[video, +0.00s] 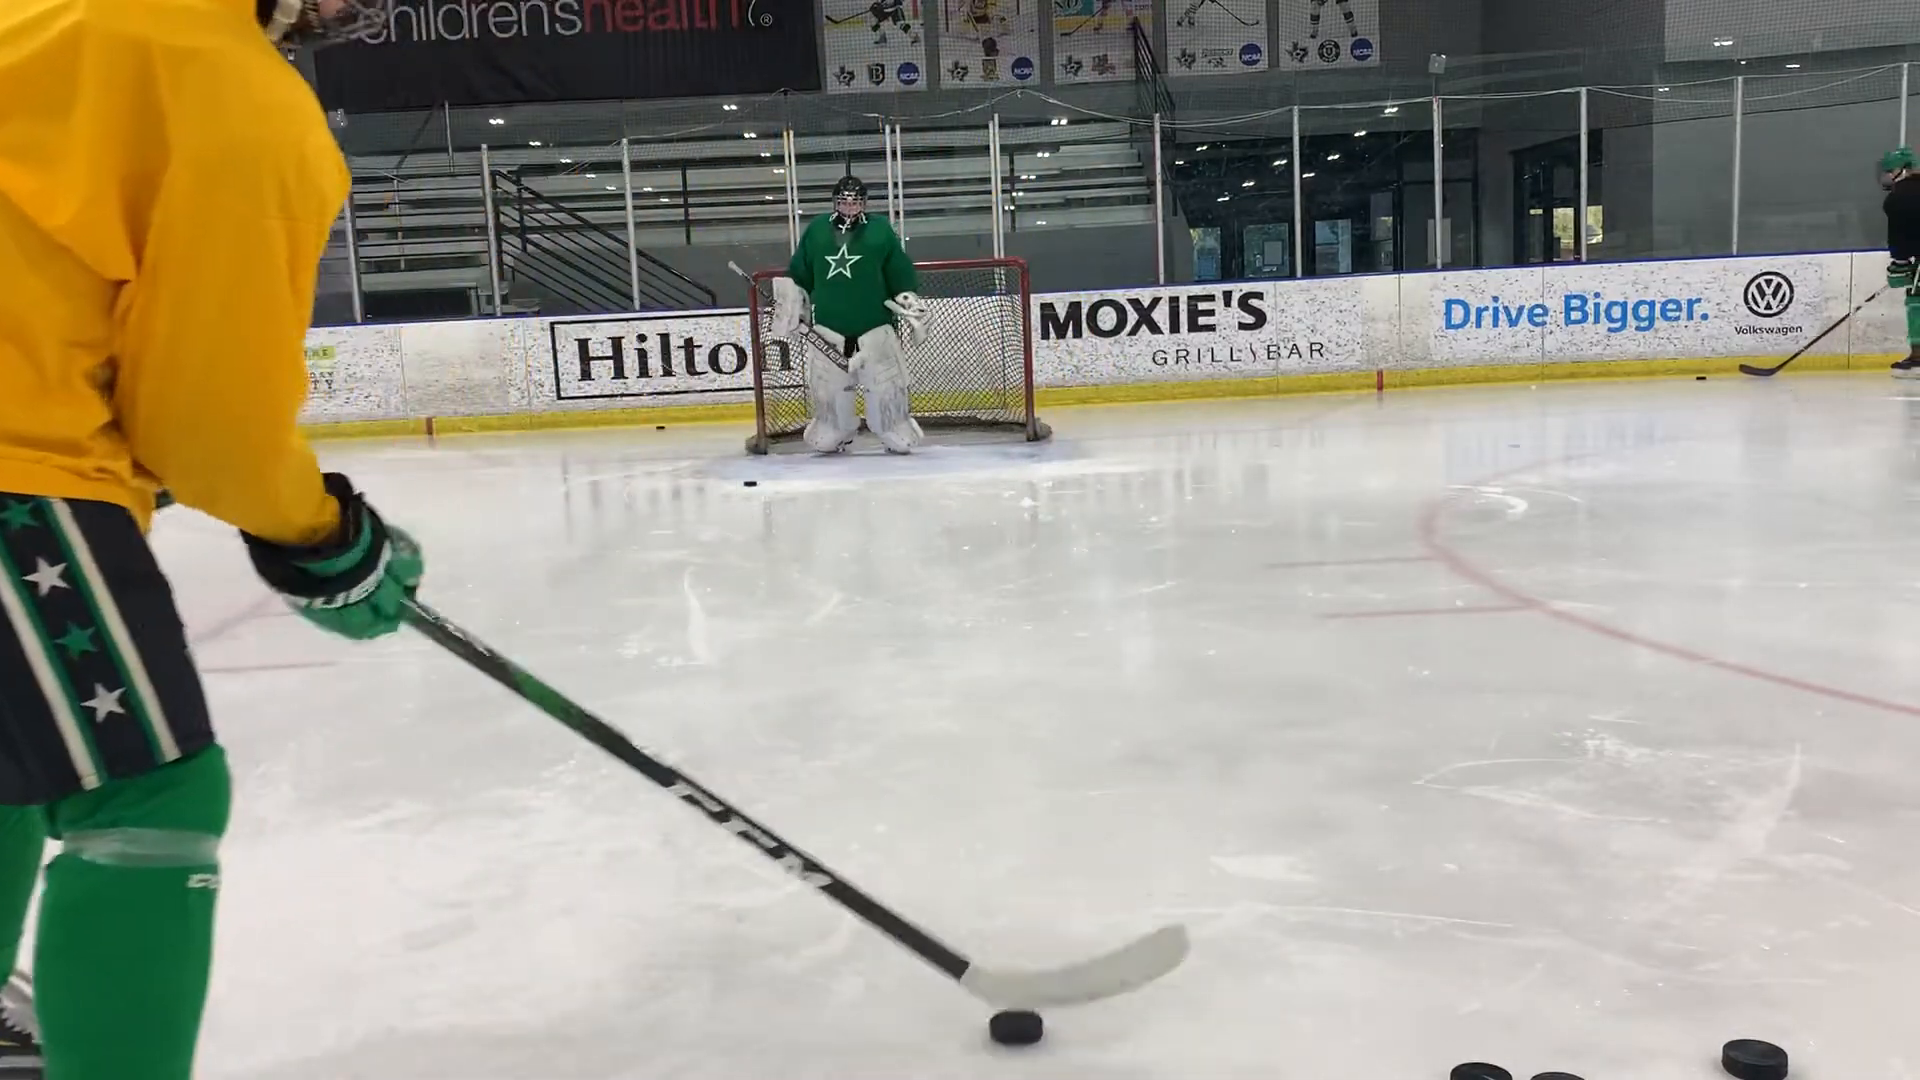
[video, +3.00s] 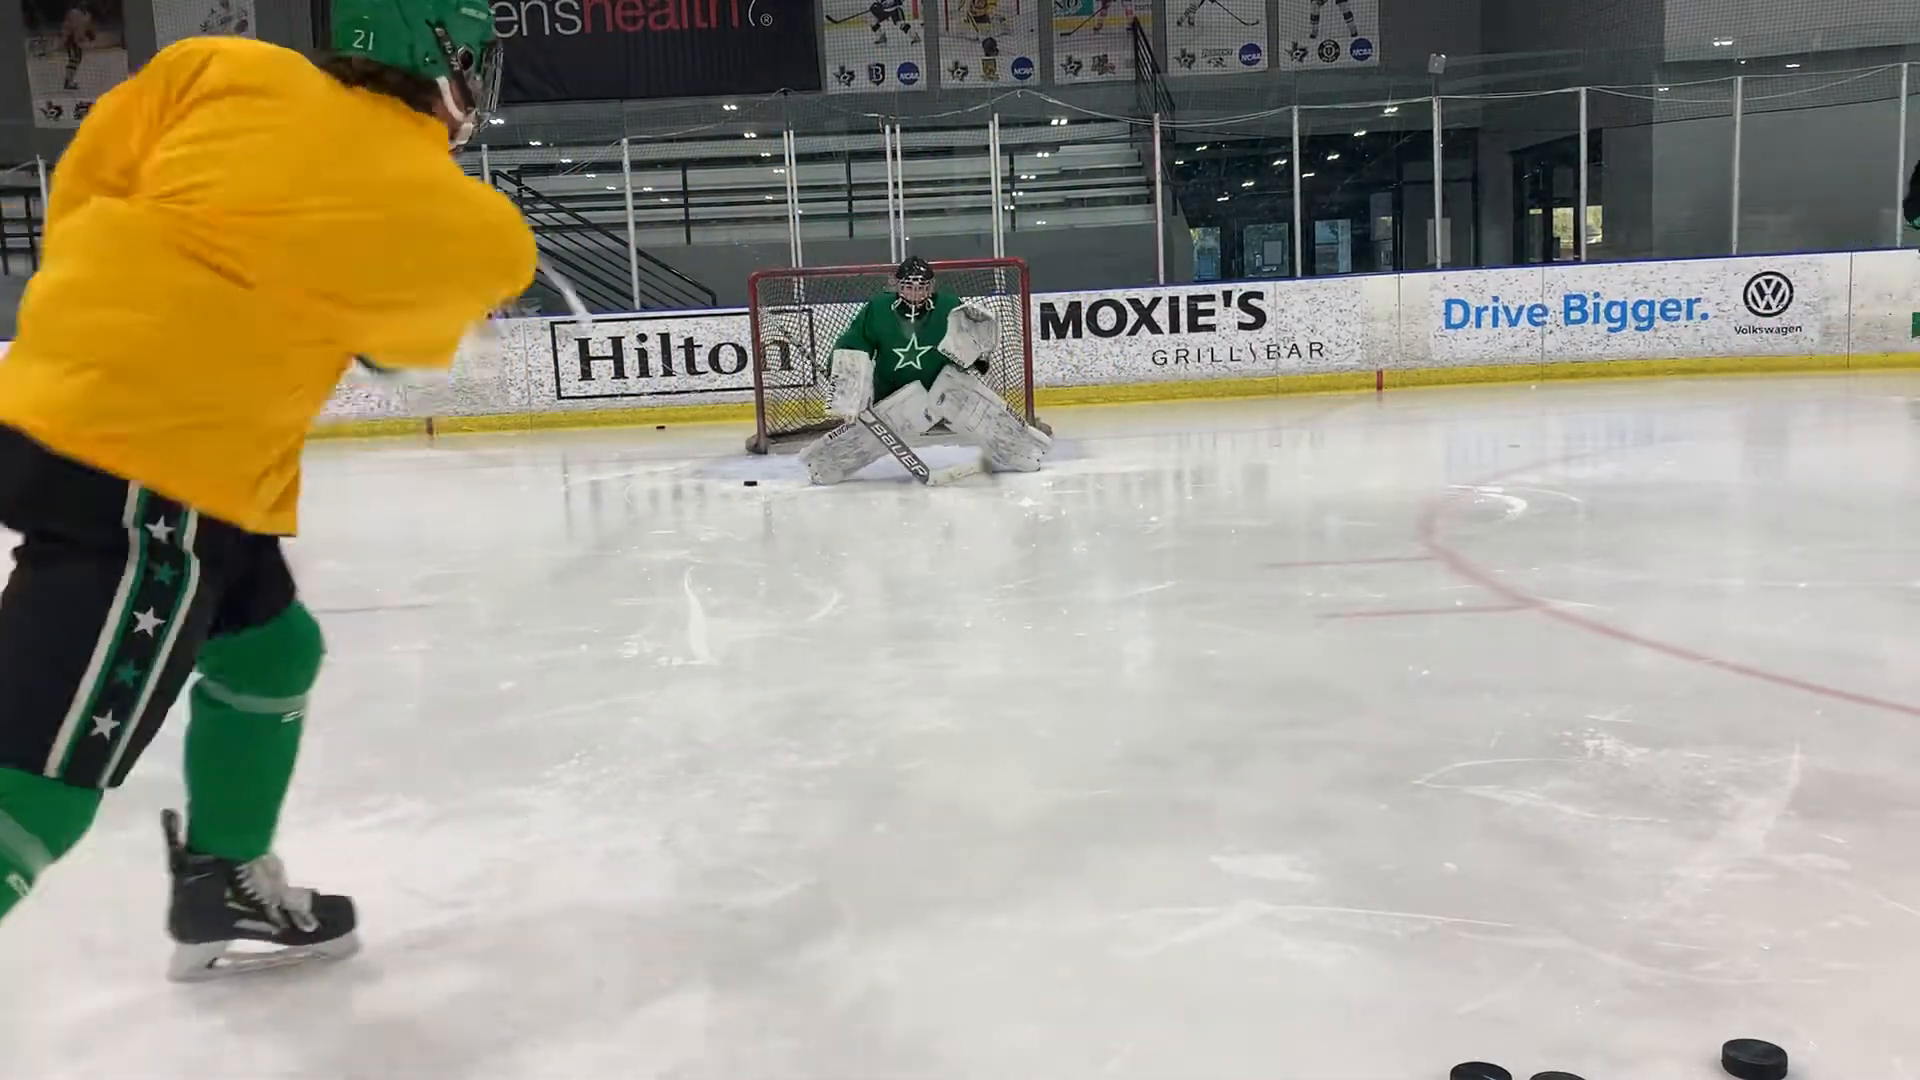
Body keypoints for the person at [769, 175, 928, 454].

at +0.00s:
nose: (849, 205)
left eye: (855, 200)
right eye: (844, 200)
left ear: (863, 202)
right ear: (835, 202)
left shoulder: (880, 230)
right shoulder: (817, 230)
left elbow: (899, 270)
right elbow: (799, 273)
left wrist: (908, 303)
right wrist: (791, 305)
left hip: (874, 320)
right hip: (829, 321)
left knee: (885, 382)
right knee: (828, 383)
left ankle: (896, 437)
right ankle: (831, 437)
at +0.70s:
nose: (856, 203)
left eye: (861, 197)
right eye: (850, 198)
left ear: (869, 200)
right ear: (841, 201)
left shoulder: (887, 229)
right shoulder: (824, 229)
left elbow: (911, 264)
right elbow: (805, 265)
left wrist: (893, 270)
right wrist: (827, 278)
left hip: (884, 316)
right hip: (838, 318)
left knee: (901, 374)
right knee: (825, 377)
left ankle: (907, 433)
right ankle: (819, 436)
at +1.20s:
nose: (870, 205)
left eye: (876, 199)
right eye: (865, 199)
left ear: (885, 202)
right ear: (855, 203)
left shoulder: (901, 230)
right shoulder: (838, 232)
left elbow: (918, 270)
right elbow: (820, 275)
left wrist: (894, 280)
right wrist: (850, 283)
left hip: (900, 320)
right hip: (858, 321)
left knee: (926, 378)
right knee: (842, 386)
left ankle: (948, 440)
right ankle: (817, 449)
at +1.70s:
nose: (884, 204)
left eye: (890, 199)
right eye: (879, 199)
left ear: (900, 201)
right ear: (869, 202)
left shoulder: (918, 230)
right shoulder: (850, 232)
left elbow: (941, 268)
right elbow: (826, 276)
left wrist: (932, 274)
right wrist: (843, 303)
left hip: (915, 322)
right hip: (868, 326)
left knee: (946, 385)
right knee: (846, 393)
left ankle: (976, 448)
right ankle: (820, 458)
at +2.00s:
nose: (894, 234)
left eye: (899, 227)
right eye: (888, 228)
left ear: (908, 228)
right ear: (879, 229)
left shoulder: (927, 254)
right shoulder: (858, 260)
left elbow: (950, 302)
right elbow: (838, 301)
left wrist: (953, 276)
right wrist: (840, 338)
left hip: (924, 341)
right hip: (879, 346)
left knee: (956, 398)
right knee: (865, 408)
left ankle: (994, 455)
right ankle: (825, 461)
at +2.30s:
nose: (906, 266)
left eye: (912, 260)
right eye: (900, 261)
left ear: (921, 262)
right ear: (889, 262)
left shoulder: (939, 285)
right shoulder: (867, 291)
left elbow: (963, 336)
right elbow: (848, 333)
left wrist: (965, 312)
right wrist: (847, 372)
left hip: (938, 367)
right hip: (890, 372)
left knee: (978, 408)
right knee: (867, 421)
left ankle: (1022, 451)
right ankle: (822, 463)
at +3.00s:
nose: (916, 292)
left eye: (921, 286)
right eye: (909, 286)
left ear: (931, 285)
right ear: (898, 286)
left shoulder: (950, 307)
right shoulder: (877, 311)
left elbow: (977, 359)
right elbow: (850, 349)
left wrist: (973, 349)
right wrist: (849, 388)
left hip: (946, 389)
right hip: (895, 399)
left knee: (981, 415)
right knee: (870, 434)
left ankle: (1019, 448)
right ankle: (827, 464)